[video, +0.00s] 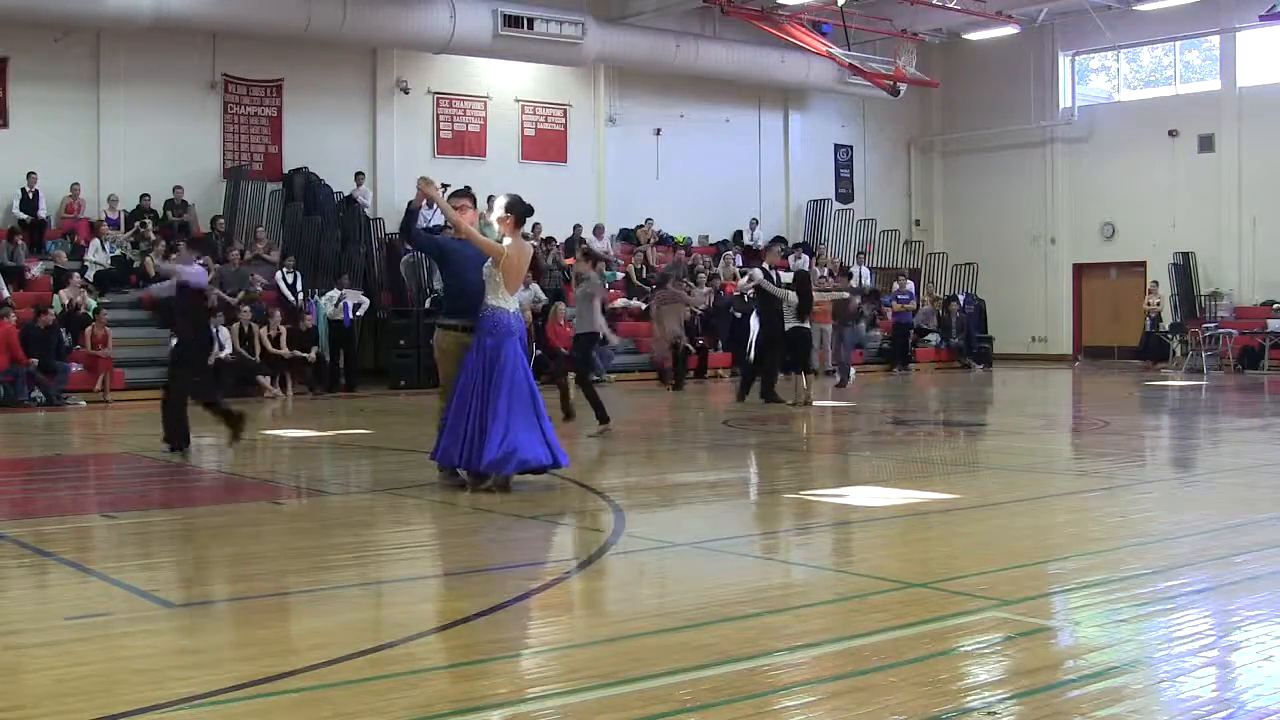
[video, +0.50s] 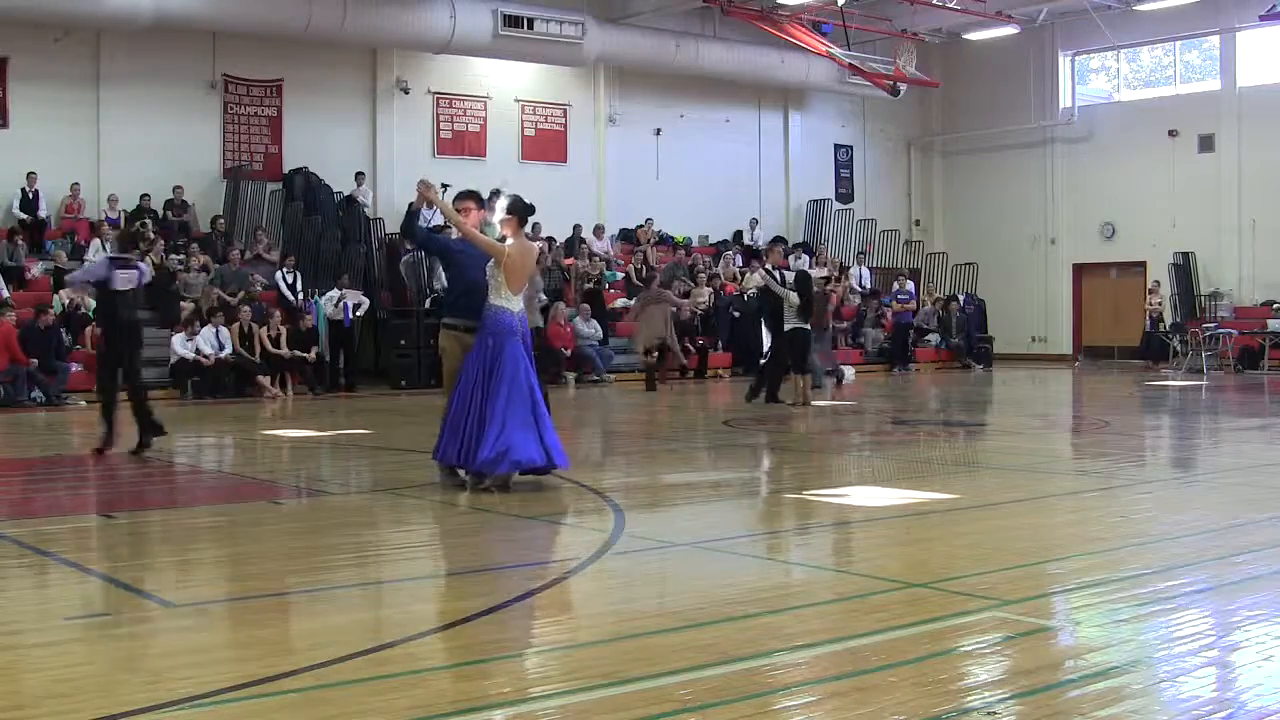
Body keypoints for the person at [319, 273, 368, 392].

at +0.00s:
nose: (346, 282)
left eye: (347, 280)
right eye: (344, 280)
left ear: (349, 281)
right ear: (337, 281)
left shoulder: (352, 294)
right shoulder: (329, 296)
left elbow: (366, 301)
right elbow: (329, 314)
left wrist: (358, 313)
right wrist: (338, 302)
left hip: (349, 322)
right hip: (335, 323)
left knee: (350, 355)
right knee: (334, 355)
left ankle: (350, 384)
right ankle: (333, 384)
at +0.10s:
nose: (346, 282)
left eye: (347, 280)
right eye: (344, 280)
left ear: (349, 281)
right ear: (337, 281)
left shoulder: (352, 294)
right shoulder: (329, 296)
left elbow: (366, 301)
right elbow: (329, 314)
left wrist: (358, 313)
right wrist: (338, 302)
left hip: (349, 322)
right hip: (335, 323)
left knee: (350, 355)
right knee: (334, 355)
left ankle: (350, 384)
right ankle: (333, 384)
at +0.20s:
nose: (346, 282)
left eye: (347, 280)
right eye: (344, 280)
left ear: (349, 281)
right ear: (337, 281)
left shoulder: (352, 294)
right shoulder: (329, 296)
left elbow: (366, 301)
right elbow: (329, 314)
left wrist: (358, 313)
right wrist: (338, 302)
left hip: (349, 322)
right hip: (335, 323)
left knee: (350, 355)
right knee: (334, 355)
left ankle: (350, 384)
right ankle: (333, 384)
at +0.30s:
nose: (347, 282)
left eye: (347, 280)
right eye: (344, 280)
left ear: (348, 282)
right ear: (337, 282)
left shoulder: (351, 294)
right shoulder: (329, 296)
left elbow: (366, 302)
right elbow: (329, 314)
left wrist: (358, 313)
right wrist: (338, 302)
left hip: (349, 323)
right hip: (334, 324)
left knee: (350, 355)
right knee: (334, 356)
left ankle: (349, 383)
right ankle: (334, 384)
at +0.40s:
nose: (347, 282)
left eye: (347, 280)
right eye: (344, 280)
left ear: (348, 281)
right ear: (337, 282)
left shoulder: (352, 294)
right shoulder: (328, 296)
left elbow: (366, 302)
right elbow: (329, 314)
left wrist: (358, 313)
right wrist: (338, 302)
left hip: (348, 323)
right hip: (334, 323)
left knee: (349, 355)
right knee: (334, 356)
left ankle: (349, 384)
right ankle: (334, 384)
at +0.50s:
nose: (347, 282)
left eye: (347, 280)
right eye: (344, 280)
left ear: (348, 281)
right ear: (337, 282)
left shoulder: (352, 294)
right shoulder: (328, 296)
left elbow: (366, 302)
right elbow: (329, 314)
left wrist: (358, 313)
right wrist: (338, 302)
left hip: (348, 323)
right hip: (334, 323)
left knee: (349, 355)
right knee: (334, 356)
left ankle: (349, 384)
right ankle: (334, 384)